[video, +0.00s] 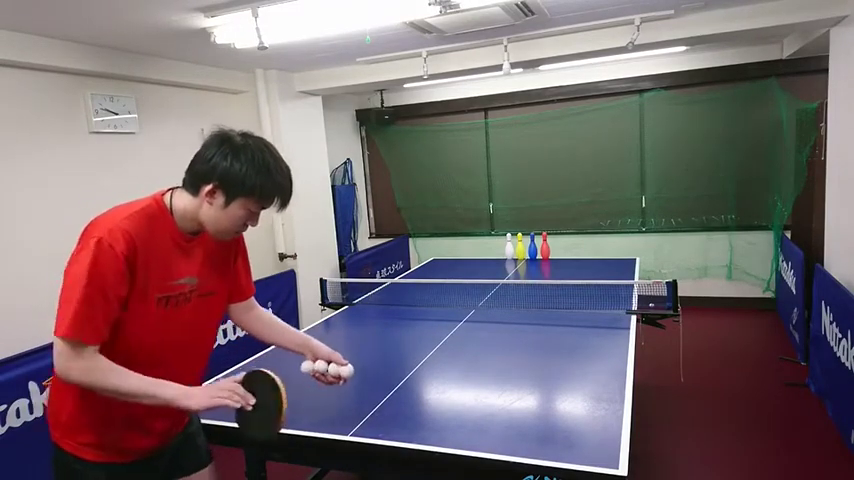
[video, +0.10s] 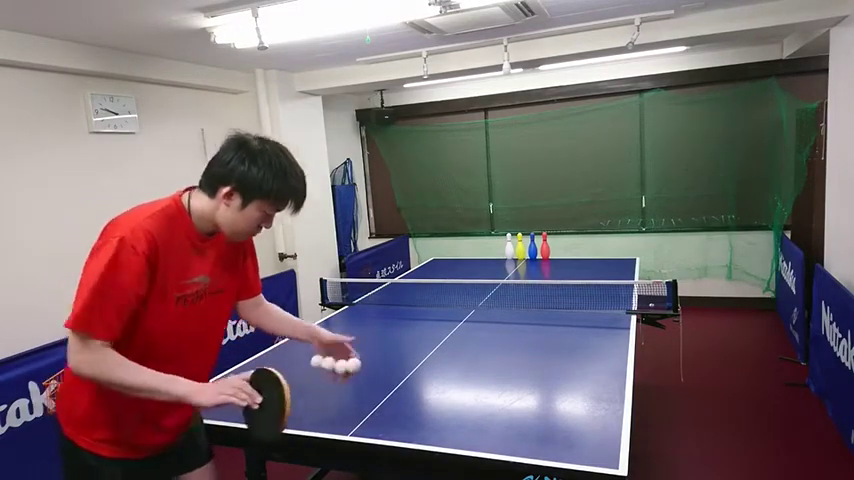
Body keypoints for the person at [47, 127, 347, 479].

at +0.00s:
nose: (254, 223)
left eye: (259, 213)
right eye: (251, 212)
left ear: (211, 196)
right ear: (211, 194)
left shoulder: (223, 235)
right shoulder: (112, 239)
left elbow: (244, 309)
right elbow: (71, 361)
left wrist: (310, 347)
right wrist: (185, 394)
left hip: (174, 431)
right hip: (96, 447)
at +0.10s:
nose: (268, 225)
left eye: (273, 216)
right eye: (266, 214)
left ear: (228, 197)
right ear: (228, 196)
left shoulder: (233, 234)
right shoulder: (132, 239)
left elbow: (252, 304)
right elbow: (84, 354)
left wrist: (316, 335)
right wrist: (197, 391)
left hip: (176, 428)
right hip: (105, 442)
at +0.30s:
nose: (292, 228)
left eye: (297, 219)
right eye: (293, 216)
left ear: (258, 202)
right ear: (261, 203)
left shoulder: (235, 225)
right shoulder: (191, 262)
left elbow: (255, 299)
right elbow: (239, 352)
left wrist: (303, 299)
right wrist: (318, 364)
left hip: (172, 410)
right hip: (118, 426)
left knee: (202, 472)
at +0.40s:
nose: (300, 220)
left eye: (304, 211)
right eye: (301, 210)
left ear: (269, 202)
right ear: (275, 204)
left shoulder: (218, 214)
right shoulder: (217, 262)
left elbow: (241, 308)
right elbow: (272, 335)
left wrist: (285, 285)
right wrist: (335, 333)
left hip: (170, 408)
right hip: (120, 423)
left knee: (200, 472)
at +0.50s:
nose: (301, 210)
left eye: (305, 201)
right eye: (303, 200)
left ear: (245, 178)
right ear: (284, 199)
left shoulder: (209, 207)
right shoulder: (234, 259)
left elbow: (232, 303)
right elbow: (276, 328)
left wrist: (278, 278)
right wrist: (328, 319)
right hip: (139, 424)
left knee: (199, 469)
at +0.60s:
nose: (300, 202)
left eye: (303, 193)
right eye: (302, 192)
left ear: (244, 174)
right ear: (285, 192)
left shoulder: (205, 205)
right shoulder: (239, 251)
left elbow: (227, 293)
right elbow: (274, 327)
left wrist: (276, 273)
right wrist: (325, 319)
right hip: (142, 422)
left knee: (203, 469)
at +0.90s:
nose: (284, 188)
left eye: (286, 178)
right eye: (285, 178)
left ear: (225, 165)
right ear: (267, 178)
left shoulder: (192, 204)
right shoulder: (224, 234)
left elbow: (218, 293)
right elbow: (253, 330)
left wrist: (270, 278)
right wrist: (309, 332)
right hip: (143, 428)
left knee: (207, 471)